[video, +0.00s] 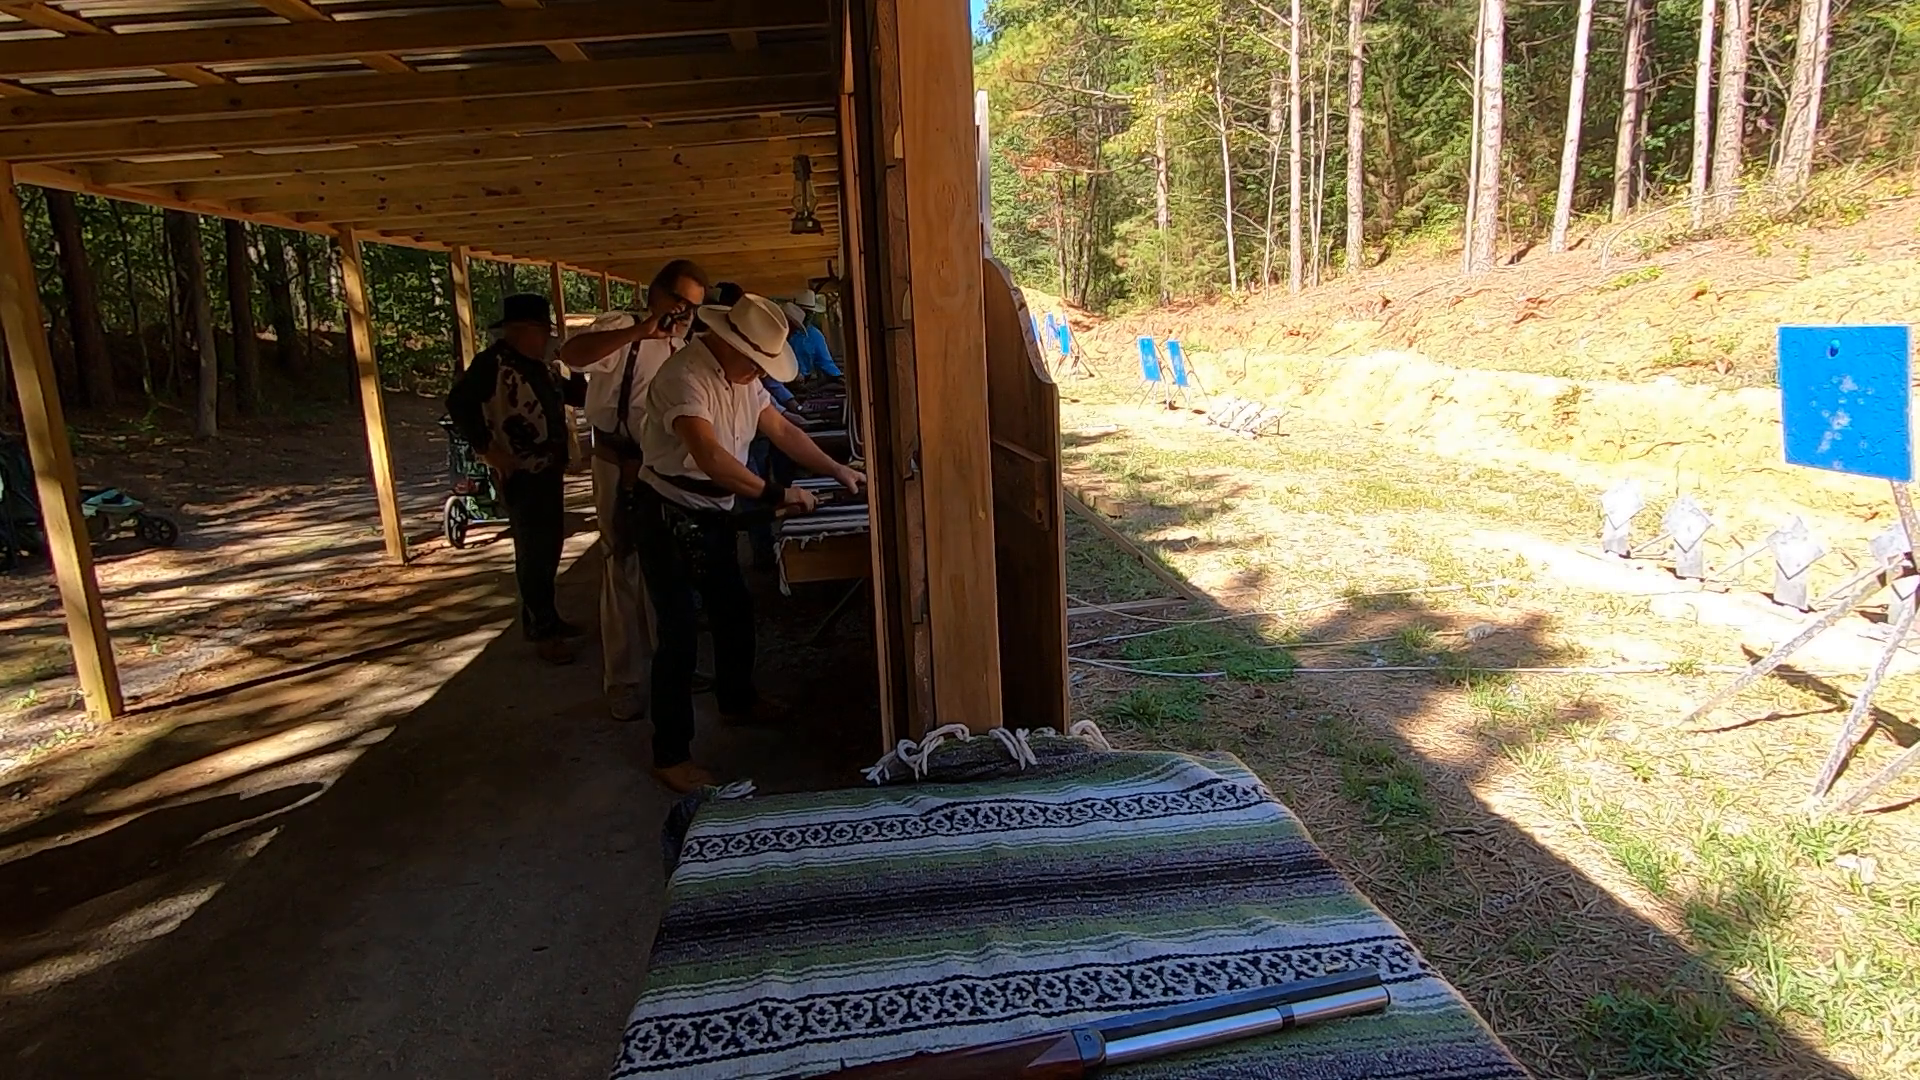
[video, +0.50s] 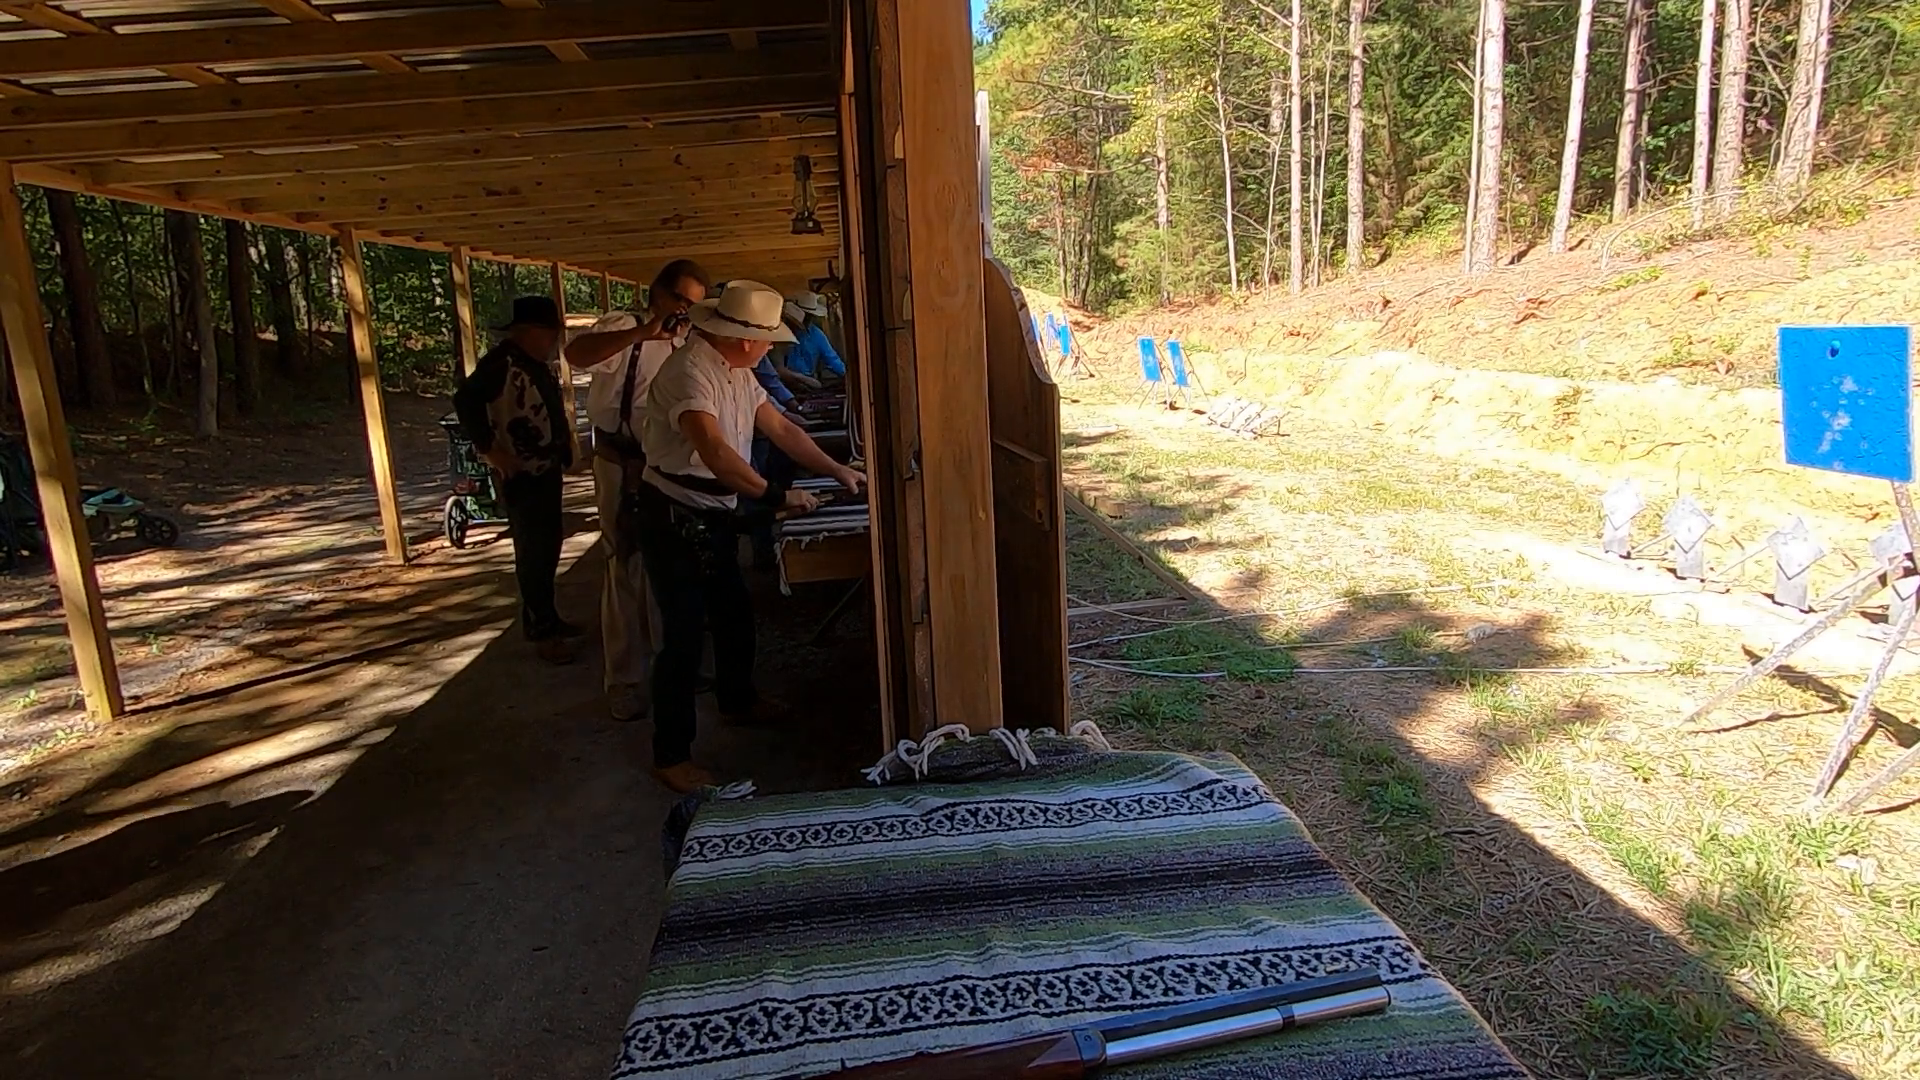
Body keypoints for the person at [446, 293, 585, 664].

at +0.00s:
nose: (548, 337)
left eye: (547, 330)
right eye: (542, 329)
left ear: (532, 330)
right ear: (520, 330)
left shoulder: (540, 367)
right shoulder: (492, 362)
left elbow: (573, 391)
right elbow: (460, 403)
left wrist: (609, 388)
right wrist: (487, 449)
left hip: (548, 470)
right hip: (520, 473)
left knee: (549, 547)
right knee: (533, 550)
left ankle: (547, 619)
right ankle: (540, 630)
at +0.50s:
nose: (557, 341)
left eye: (557, 333)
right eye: (552, 333)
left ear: (535, 331)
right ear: (531, 331)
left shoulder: (539, 363)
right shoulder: (502, 361)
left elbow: (546, 410)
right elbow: (466, 400)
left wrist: (562, 444)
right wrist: (490, 449)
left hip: (547, 471)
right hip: (522, 474)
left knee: (548, 547)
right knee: (534, 550)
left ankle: (547, 619)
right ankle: (540, 629)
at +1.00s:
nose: (560, 339)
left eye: (560, 331)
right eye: (555, 331)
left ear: (544, 332)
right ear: (535, 331)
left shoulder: (546, 364)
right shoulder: (506, 359)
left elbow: (552, 408)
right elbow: (469, 399)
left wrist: (565, 442)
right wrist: (493, 448)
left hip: (550, 472)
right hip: (524, 475)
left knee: (550, 550)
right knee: (535, 553)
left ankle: (548, 621)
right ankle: (541, 630)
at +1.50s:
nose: (562, 337)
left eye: (561, 330)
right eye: (556, 329)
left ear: (541, 331)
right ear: (535, 330)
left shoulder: (546, 365)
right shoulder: (505, 361)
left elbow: (553, 409)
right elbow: (467, 399)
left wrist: (566, 443)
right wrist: (491, 448)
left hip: (552, 472)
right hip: (525, 474)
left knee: (552, 550)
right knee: (536, 553)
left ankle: (549, 620)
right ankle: (540, 631)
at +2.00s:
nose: (559, 338)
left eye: (559, 330)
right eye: (553, 330)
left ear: (547, 332)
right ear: (531, 331)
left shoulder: (545, 364)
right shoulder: (504, 361)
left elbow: (550, 410)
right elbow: (467, 399)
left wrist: (564, 446)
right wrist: (490, 448)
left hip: (551, 472)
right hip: (525, 475)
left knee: (552, 550)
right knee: (536, 553)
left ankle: (549, 621)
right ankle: (541, 631)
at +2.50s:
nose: (563, 338)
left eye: (563, 330)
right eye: (557, 330)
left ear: (545, 332)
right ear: (534, 331)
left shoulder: (546, 365)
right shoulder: (507, 361)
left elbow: (550, 410)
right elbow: (470, 399)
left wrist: (565, 445)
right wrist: (491, 448)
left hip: (551, 472)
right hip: (525, 475)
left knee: (552, 550)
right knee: (536, 553)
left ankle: (549, 620)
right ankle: (541, 630)